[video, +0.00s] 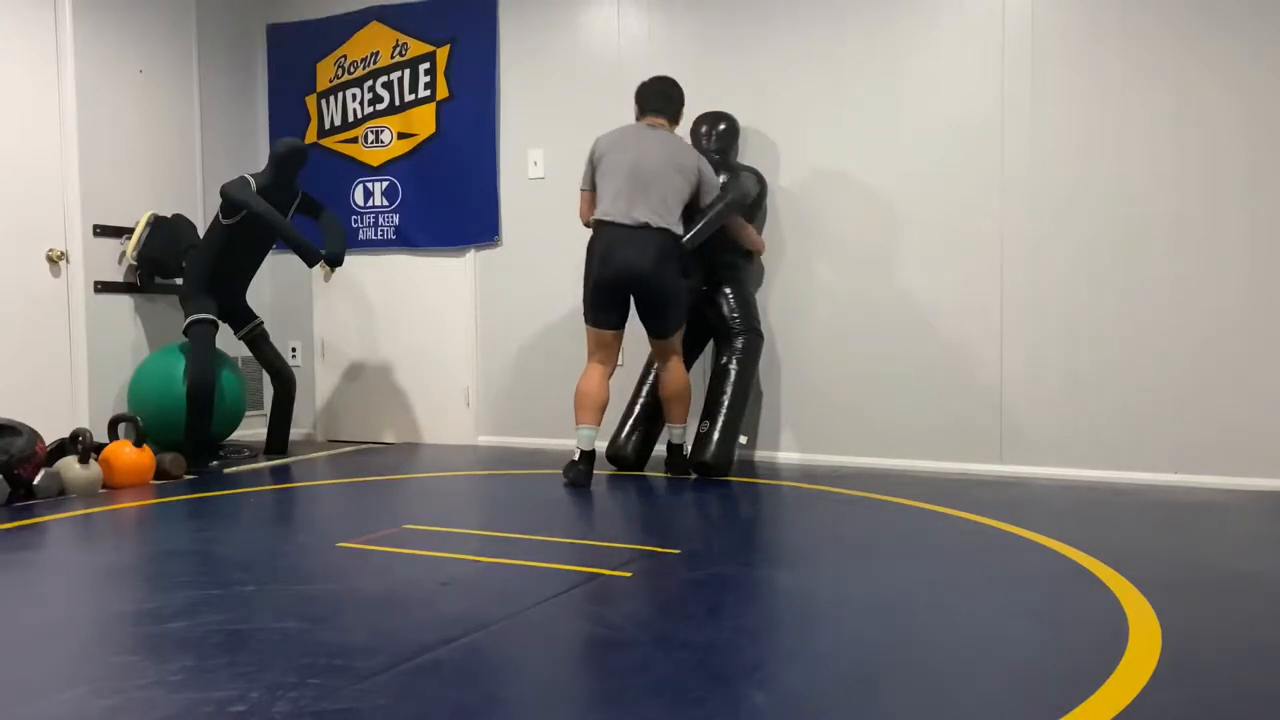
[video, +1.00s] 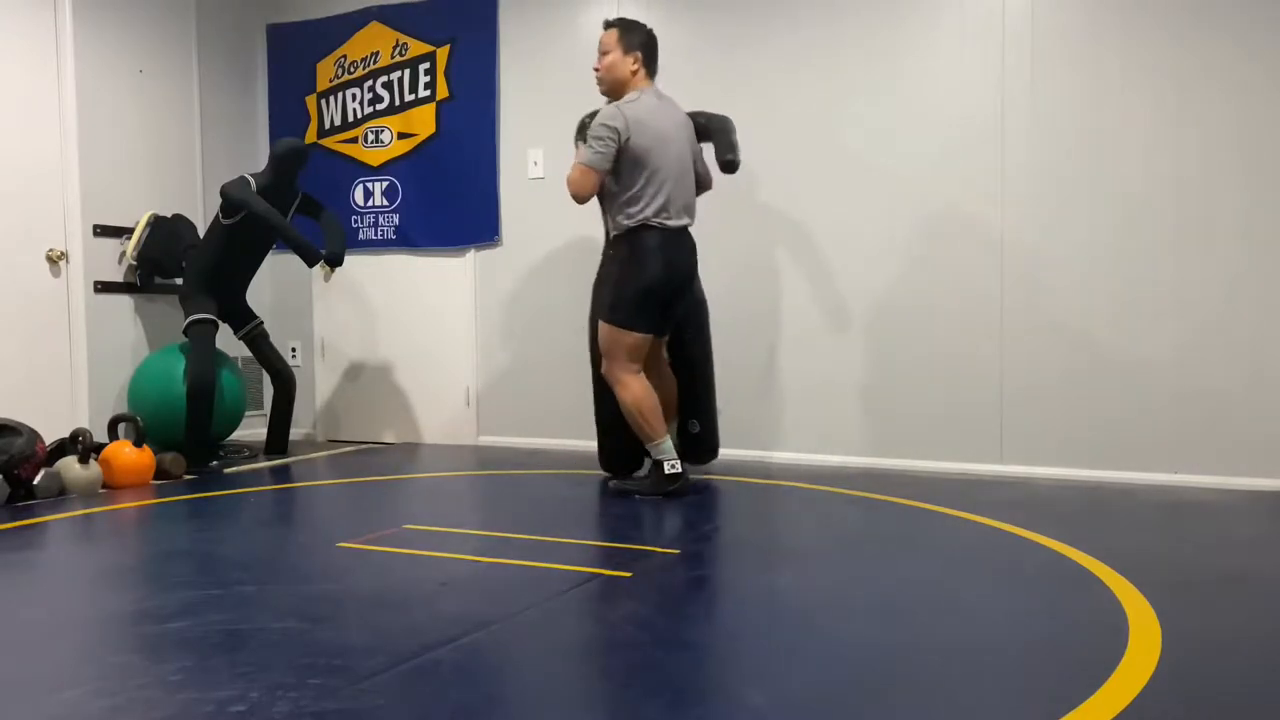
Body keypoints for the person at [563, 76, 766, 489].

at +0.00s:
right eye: (681, 115)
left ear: (637, 109)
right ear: (679, 116)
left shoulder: (604, 143)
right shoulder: (692, 157)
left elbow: (587, 215)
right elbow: (727, 217)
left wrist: (626, 225)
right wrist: (755, 242)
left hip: (606, 249)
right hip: (661, 252)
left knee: (600, 359)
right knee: (669, 355)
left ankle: (583, 457)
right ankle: (677, 453)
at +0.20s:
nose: (640, 118)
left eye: (641, 112)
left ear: (642, 113)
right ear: (683, 122)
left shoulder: (612, 146)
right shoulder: (700, 161)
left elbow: (586, 213)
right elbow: (732, 223)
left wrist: (624, 208)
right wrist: (751, 240)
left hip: (615, 249)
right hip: (671, 254)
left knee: (607, 355)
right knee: (673, 353)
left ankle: (600, 444)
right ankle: (677, 451)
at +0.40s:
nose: (633, 118)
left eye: (634, 112)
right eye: (636, 114)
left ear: (641, 112)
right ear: (678, 119)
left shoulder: (614, 143)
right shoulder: (701, 163)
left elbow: (579, 203)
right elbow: (741, 218)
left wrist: (609, 199)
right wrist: (744, 230)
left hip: (628, 252)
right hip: (678, 257)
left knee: (612, 355)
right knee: (676, 355)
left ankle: (628, 434)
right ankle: (678, 452)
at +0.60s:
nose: (619, 105)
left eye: (622, 97)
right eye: (622, 97)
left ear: (633, 98)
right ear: (665, 103)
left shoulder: (610, 136)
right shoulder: (697, 149)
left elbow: (580, 202)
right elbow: (734, 210)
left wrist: (611, 189)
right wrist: (711, 230)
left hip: (637, 254)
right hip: (687, 257)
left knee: (617, 360)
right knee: (678, 358)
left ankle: (658, 447)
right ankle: (676, 455)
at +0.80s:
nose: (603, 83)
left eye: (609, 74)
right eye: (605, 73)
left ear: (633, 80)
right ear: (646, 82)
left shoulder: (609, 127)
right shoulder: (689, 130)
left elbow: (578, 199)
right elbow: (722, 195)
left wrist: (597, 169)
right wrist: (686, 210)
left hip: (643, 254)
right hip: (687, 254)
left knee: (618, 367)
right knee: (675, 364)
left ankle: (665, 461)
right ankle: (678, 463)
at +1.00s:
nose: (596, 65)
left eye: (604, 54)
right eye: (598, 54)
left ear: (635, 61)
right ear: (638, 63)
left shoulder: (615, 116)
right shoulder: (675, 113)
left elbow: (581, 189)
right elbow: (702, 180)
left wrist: (584, 146)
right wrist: (648, 189)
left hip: (637, 250)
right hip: (678, 249)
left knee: (620, 365)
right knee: (653, 358)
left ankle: (666, 465)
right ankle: (667, 460)